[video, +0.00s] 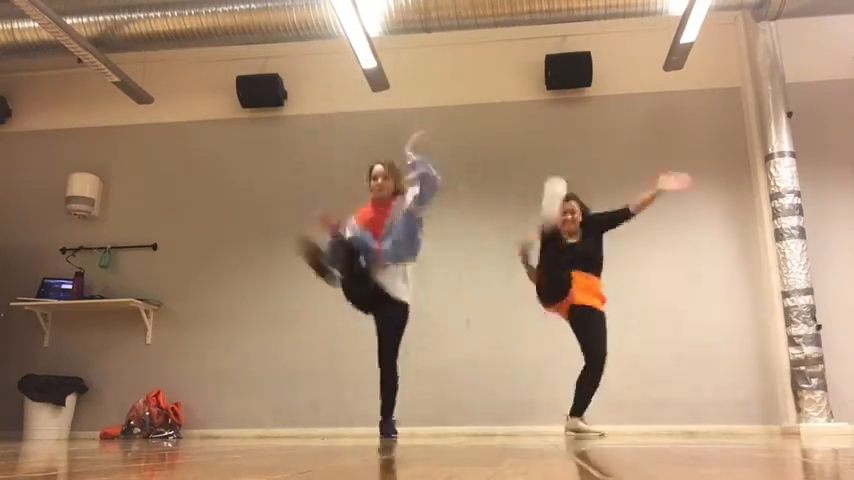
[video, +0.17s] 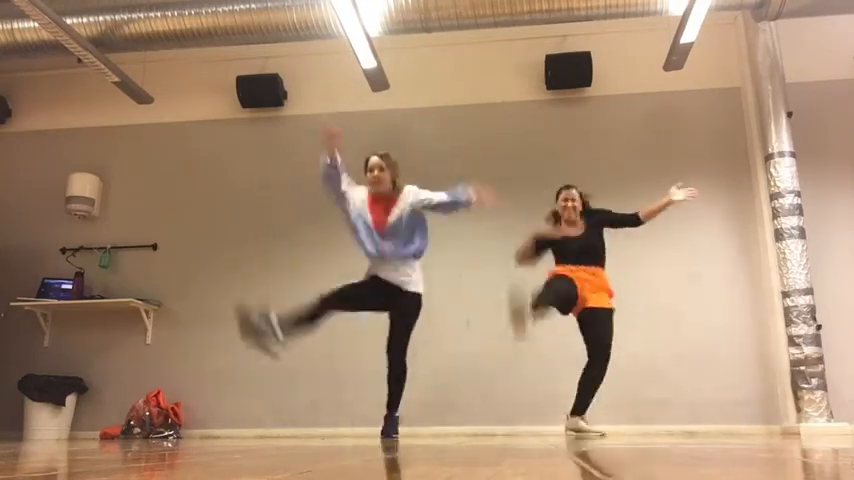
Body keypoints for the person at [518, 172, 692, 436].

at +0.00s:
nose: (570, 217)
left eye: (574, 212)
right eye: (565, 213)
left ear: (581, 213)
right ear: (557, 216)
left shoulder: (593, 225)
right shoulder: (551, 243)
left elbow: (628, 211)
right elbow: (541, 282)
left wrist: (656, 191)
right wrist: (526, 263)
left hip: (587, 298)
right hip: (558, 296)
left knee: (596, 360)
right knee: (552, 248)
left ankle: (574, 418)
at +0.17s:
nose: (569, 203)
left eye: (573, 199)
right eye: (564, 200)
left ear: (581, 203)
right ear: (557, 206)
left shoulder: (596, 218)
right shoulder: (550, 234)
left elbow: (636, 219)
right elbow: (523, 259)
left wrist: (669, 200)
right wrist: (536, 241)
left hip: (595, 288)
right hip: (566, 284)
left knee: (600, 355)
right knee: (559, 286)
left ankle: (575, 417)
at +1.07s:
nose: (555, 201)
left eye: (559, 197)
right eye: (550, 197)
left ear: (566, 200)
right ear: (543, 202)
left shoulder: (575, 231)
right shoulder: (533, 220)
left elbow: (598, 264)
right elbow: (514, 186)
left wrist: (606, 255)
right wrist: (550, 168)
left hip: (570, 292)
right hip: (539, 296)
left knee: (607, 318)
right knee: (535, 358)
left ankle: (618, 387)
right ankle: (524, 419)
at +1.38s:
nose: (528, 223)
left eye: (531, 216)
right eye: (527, 219)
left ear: (548, 211)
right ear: (539, 217)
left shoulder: (573, 213)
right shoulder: (545, 238)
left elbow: (589, 190)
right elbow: (517, 243)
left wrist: (594, 157)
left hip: (591, 293)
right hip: (563, 291)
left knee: (606, 352)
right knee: (511, 280)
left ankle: (622, 415)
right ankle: (533, 336)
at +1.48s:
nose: (526, 223)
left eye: (528, 217)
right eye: (525, 218)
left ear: (544, 212)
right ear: (539, 216)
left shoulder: (569, 218)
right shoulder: (549, 243)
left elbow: (594, 218)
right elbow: (546, 278)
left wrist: (612, 215)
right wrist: (537, 298)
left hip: (591, 295)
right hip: (561, 296)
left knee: (602, 355)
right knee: (512, 305)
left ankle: (622, 417)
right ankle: (543, 359)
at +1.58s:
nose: (525, 220)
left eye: (528, 213)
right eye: (523, 215)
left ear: (544, 210)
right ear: (538, 214)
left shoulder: (572, 228)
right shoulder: (544, 245)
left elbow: (605, 254)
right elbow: (558, 284)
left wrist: (635, 274)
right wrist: (565, 319)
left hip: (585, 298)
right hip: (556, 303)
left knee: (597, 356)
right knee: (530, 356)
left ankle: (627, 417)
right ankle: (552, 413)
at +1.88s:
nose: (554, 200)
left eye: (558, 195)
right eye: (548, 196)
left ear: (567, 196)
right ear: (542, 199)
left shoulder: (579, 213)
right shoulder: (534, 206)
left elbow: (622, 215)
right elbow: (503, 191)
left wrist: (665, 212)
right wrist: (488, 165)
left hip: (582, 270)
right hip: (553, 279)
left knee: (578, 282)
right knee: (543, 339)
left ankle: (592, 351)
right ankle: (545, 398)